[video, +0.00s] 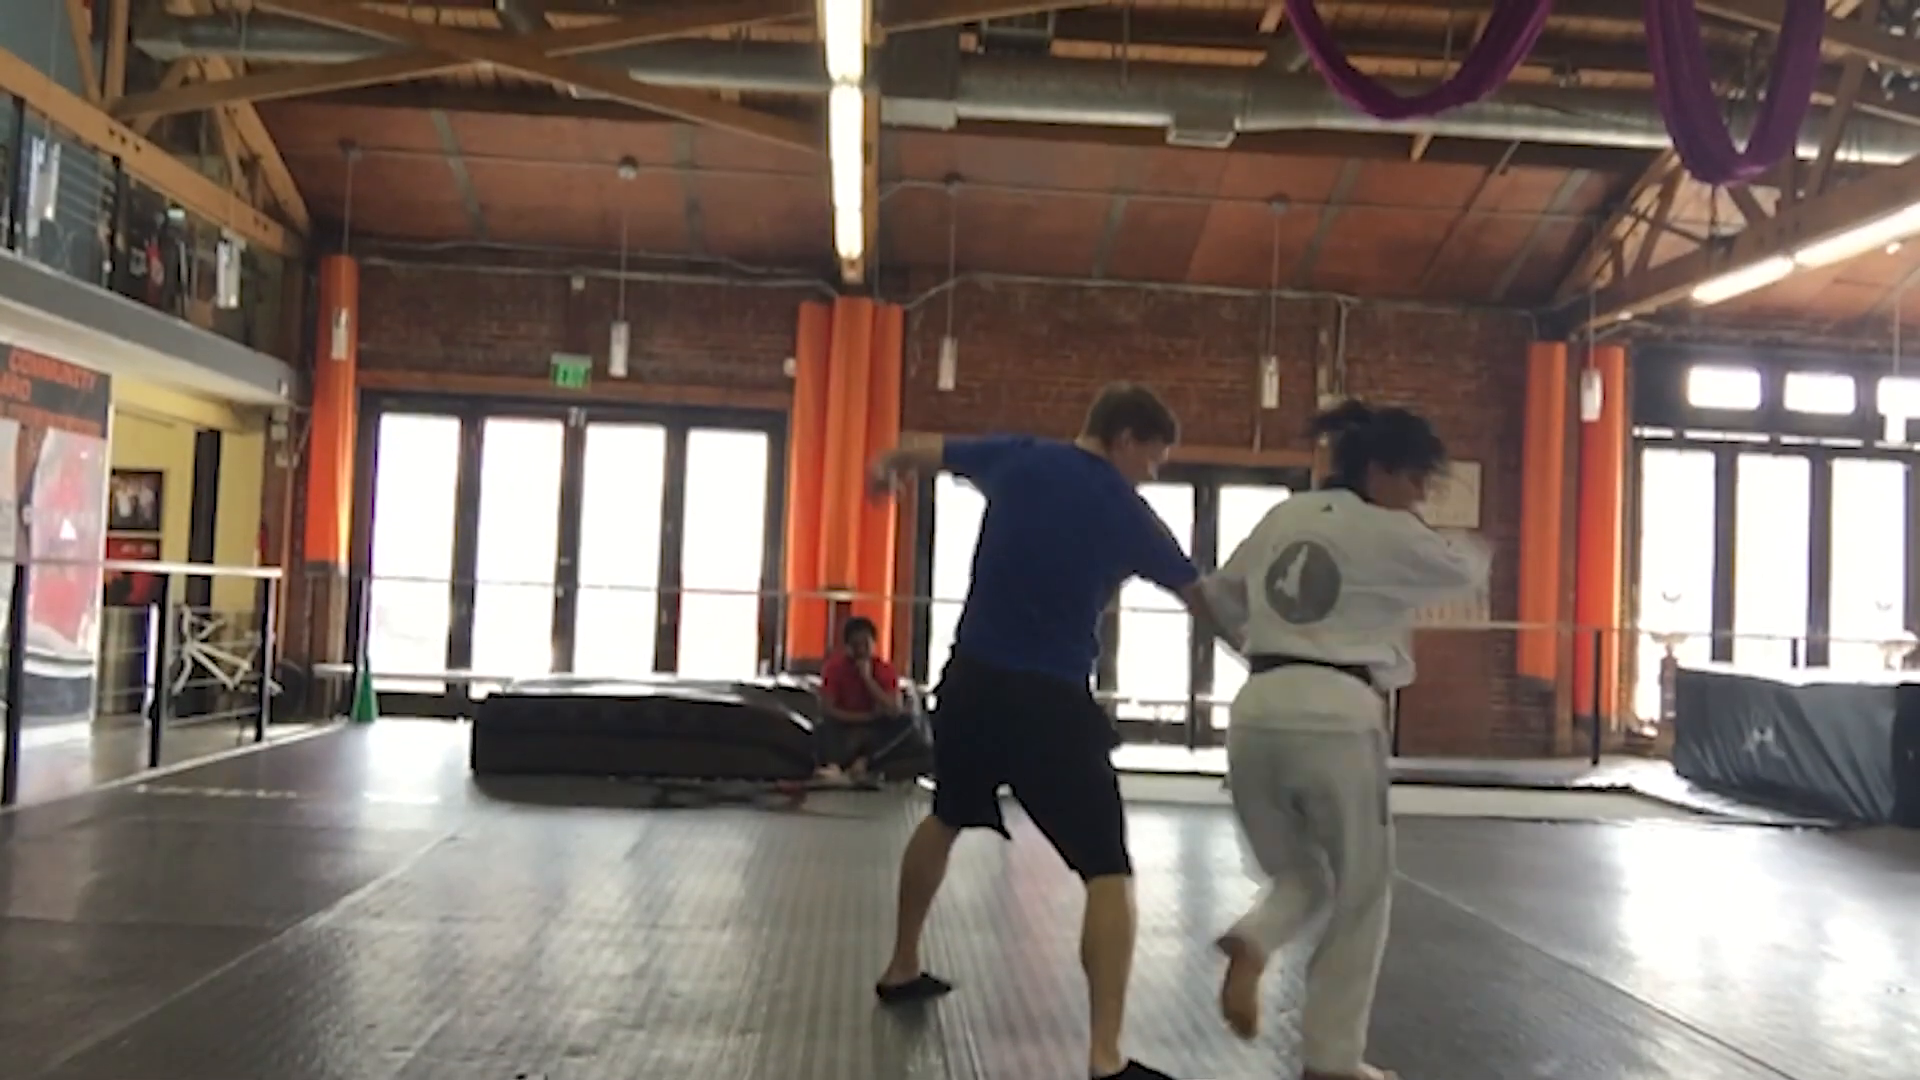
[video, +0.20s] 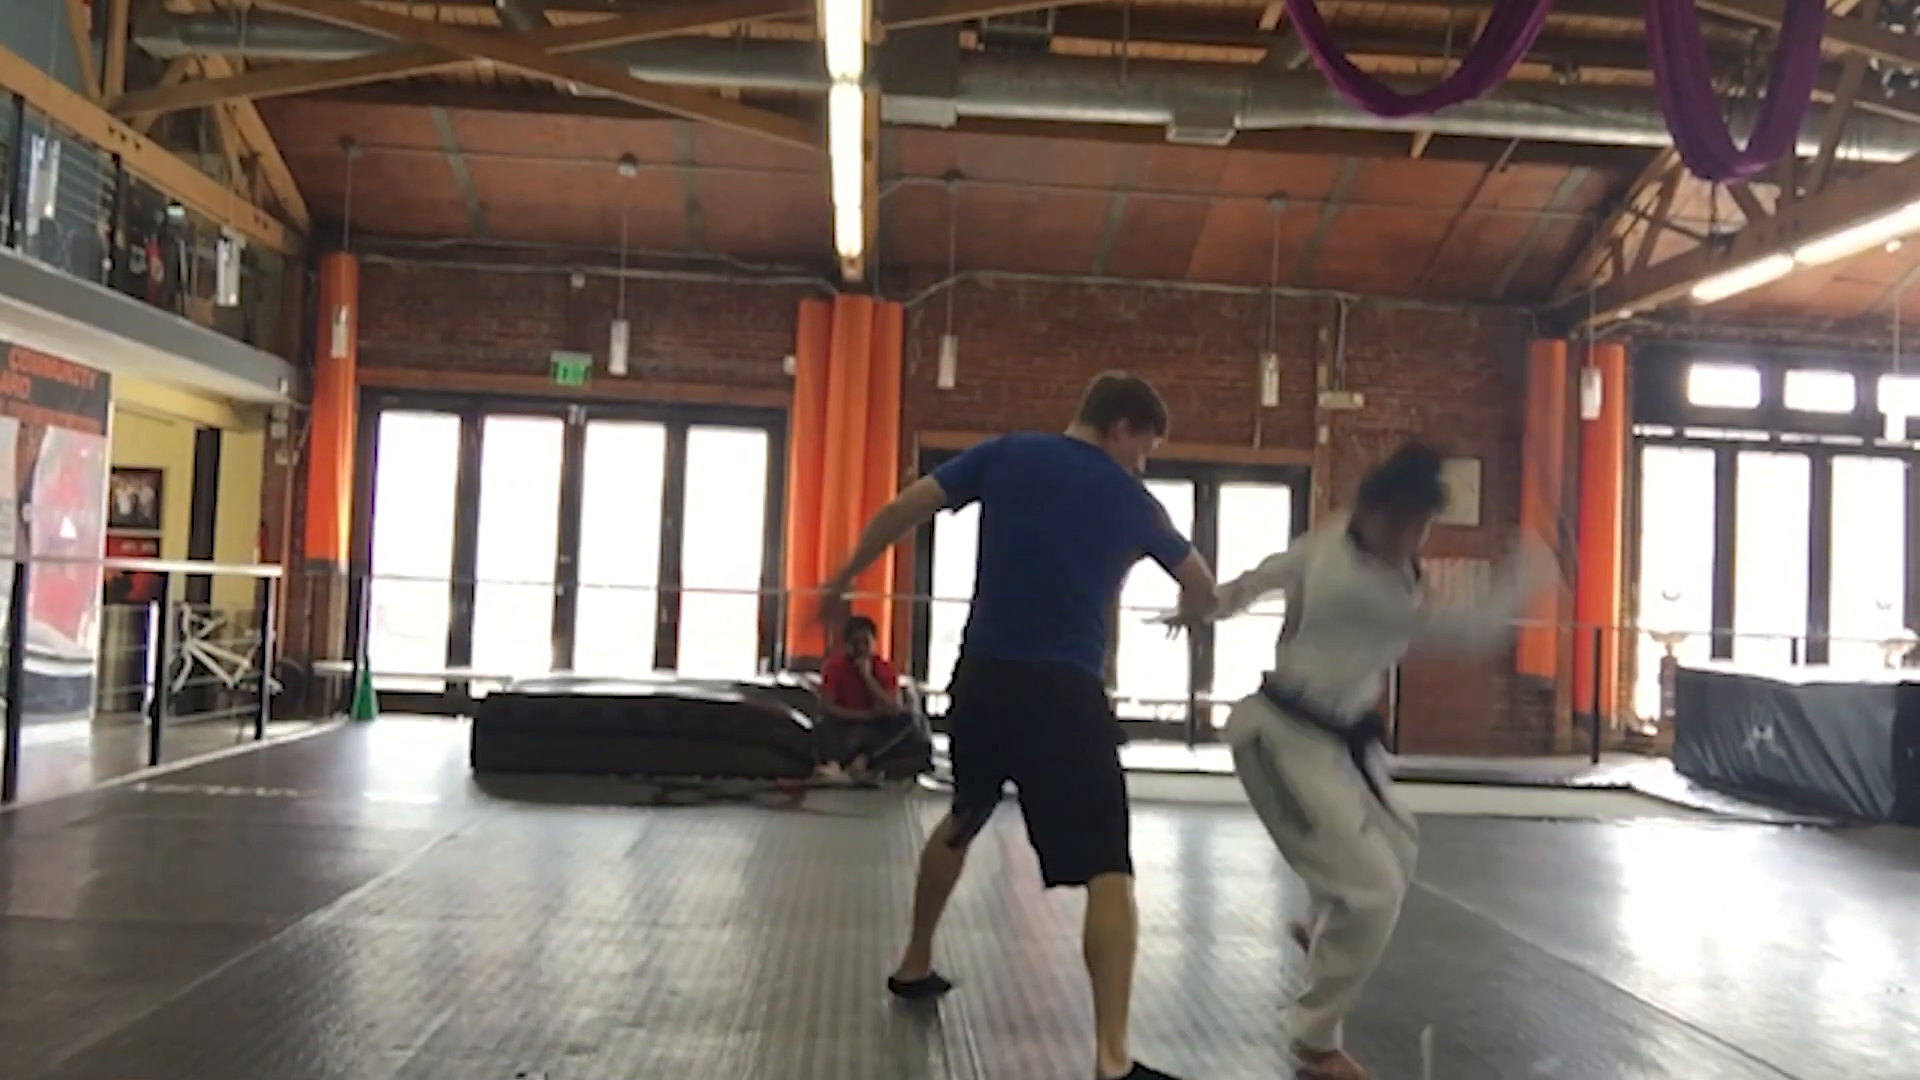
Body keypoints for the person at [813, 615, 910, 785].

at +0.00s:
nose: (861, 650)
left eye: (866, 643)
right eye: (856, 644)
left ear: (873, 643)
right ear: (847, 646)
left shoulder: (884, 669)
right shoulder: (834, 669)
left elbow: (894, 709)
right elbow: (828, 710)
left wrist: (868, 679)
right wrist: (868, 716)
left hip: (875, 723)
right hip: (844, 724)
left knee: (906, 723)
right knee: (824, 727)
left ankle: (866, 764)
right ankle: (831, 766)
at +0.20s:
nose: (862, 648)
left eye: (866, 642)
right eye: (856, 642)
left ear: (873, 642)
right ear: (847, 644)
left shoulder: (884, 668)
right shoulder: (834, 667)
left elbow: (892, 708)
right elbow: (827, 707)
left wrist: (867, 676)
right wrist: (868, 714)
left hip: (875, 721)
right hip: (843, 723)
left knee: (906, 721)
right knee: (822, 729)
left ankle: (866, 761)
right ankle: (832, 765)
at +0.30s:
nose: (861, 646)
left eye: (865, 640)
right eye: (855, 641)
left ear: (873, 640)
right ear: (847, 643)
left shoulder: (884, 667)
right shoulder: (834, 666)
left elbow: (892, 707)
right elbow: (827, 706)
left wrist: (868, 676)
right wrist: (869, 713)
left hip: (875, 720)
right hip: (842, 720)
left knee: (906, 720)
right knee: (821, 729)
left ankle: (866, 759)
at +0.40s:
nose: (861, 645)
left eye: (865, 639)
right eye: (856, 640)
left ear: (873, 638)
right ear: (847, 641)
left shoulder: (884, 665)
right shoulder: (834, 664)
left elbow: (892, 706)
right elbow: (827, 705)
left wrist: (868, 675)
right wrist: (869, 711)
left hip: (875, 718)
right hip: (842, 719)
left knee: (906, 718)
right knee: (821, 729)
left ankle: (866, 757)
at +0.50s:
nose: (861, 647)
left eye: (865, 641)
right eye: (856, 642)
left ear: (873, 641)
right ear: (847, 643)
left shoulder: (885, 668)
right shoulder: (833, 666)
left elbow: (892, 708)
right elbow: (827, 706)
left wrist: (868, 676)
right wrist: (868, 713)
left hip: (875, 719)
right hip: (842, 720)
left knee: (906, 719)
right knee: (823, 727)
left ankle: (865, 759)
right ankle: (833, 763)